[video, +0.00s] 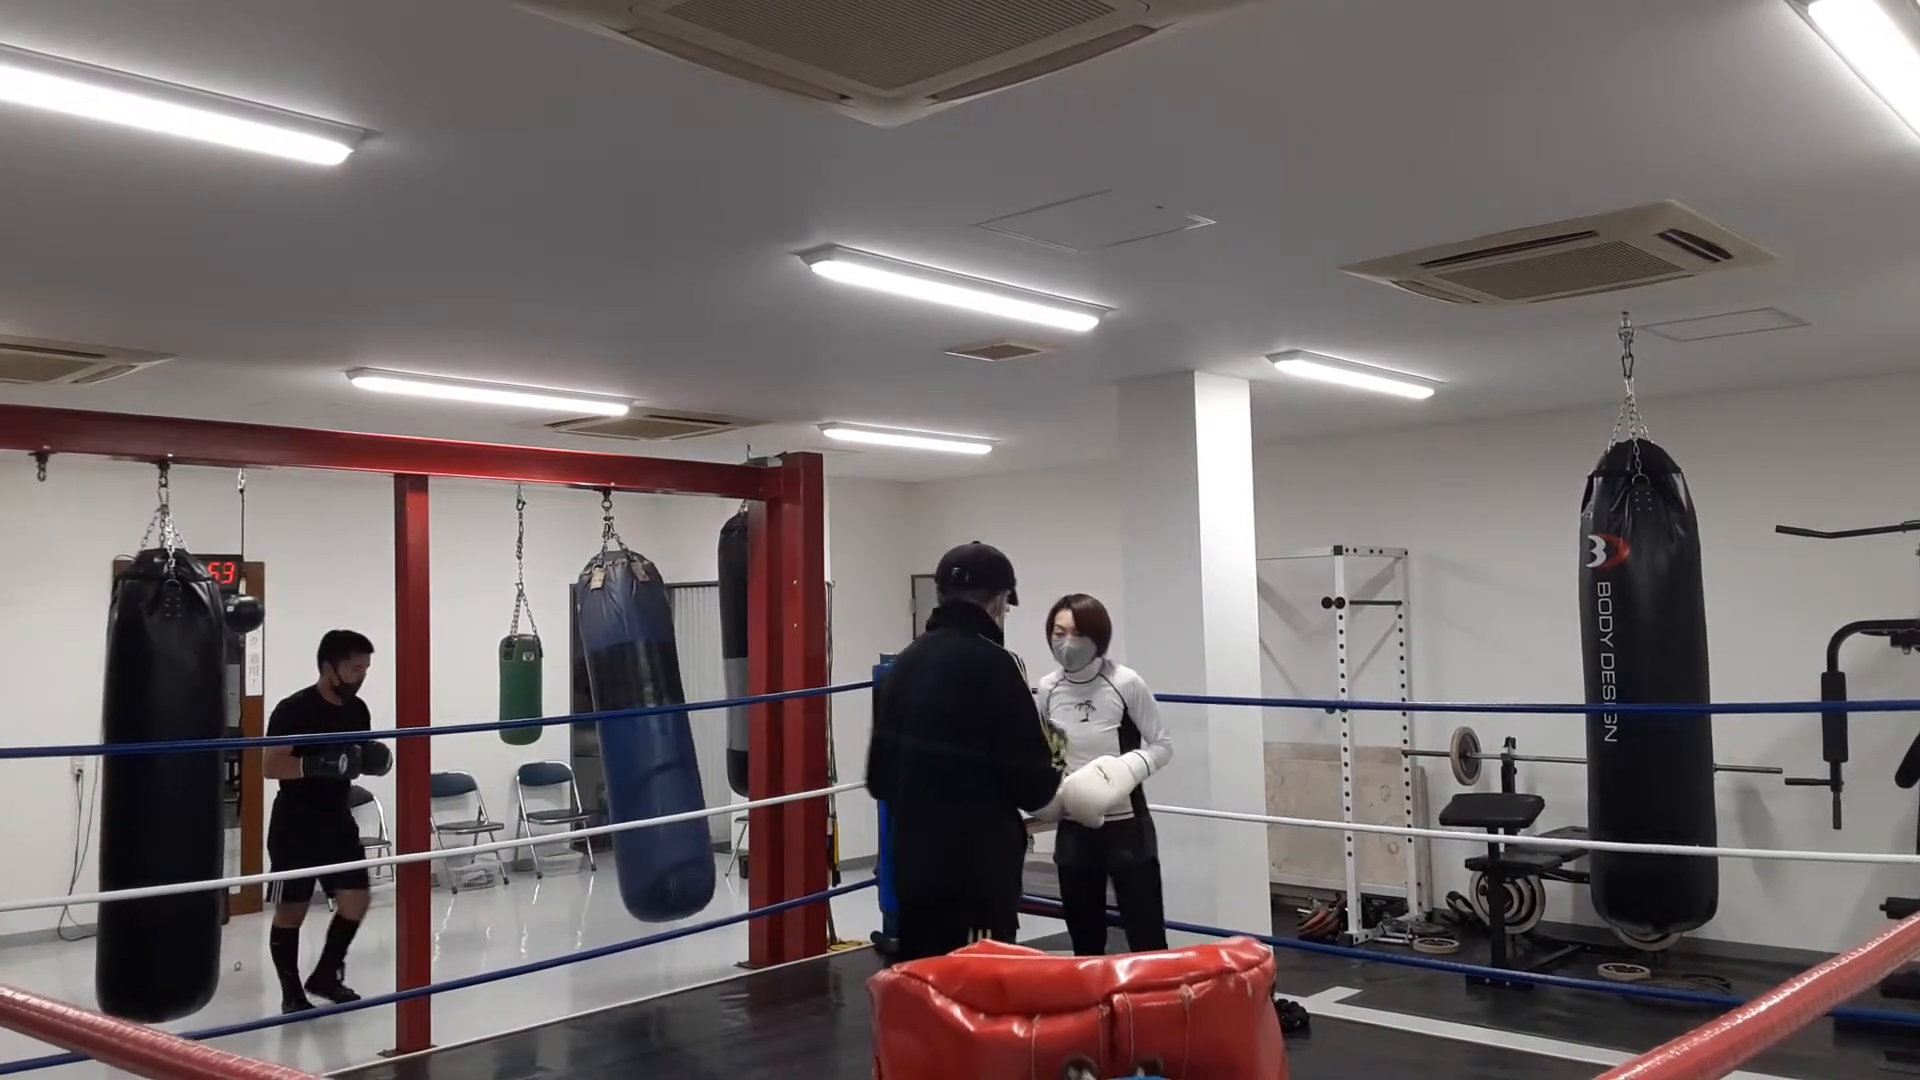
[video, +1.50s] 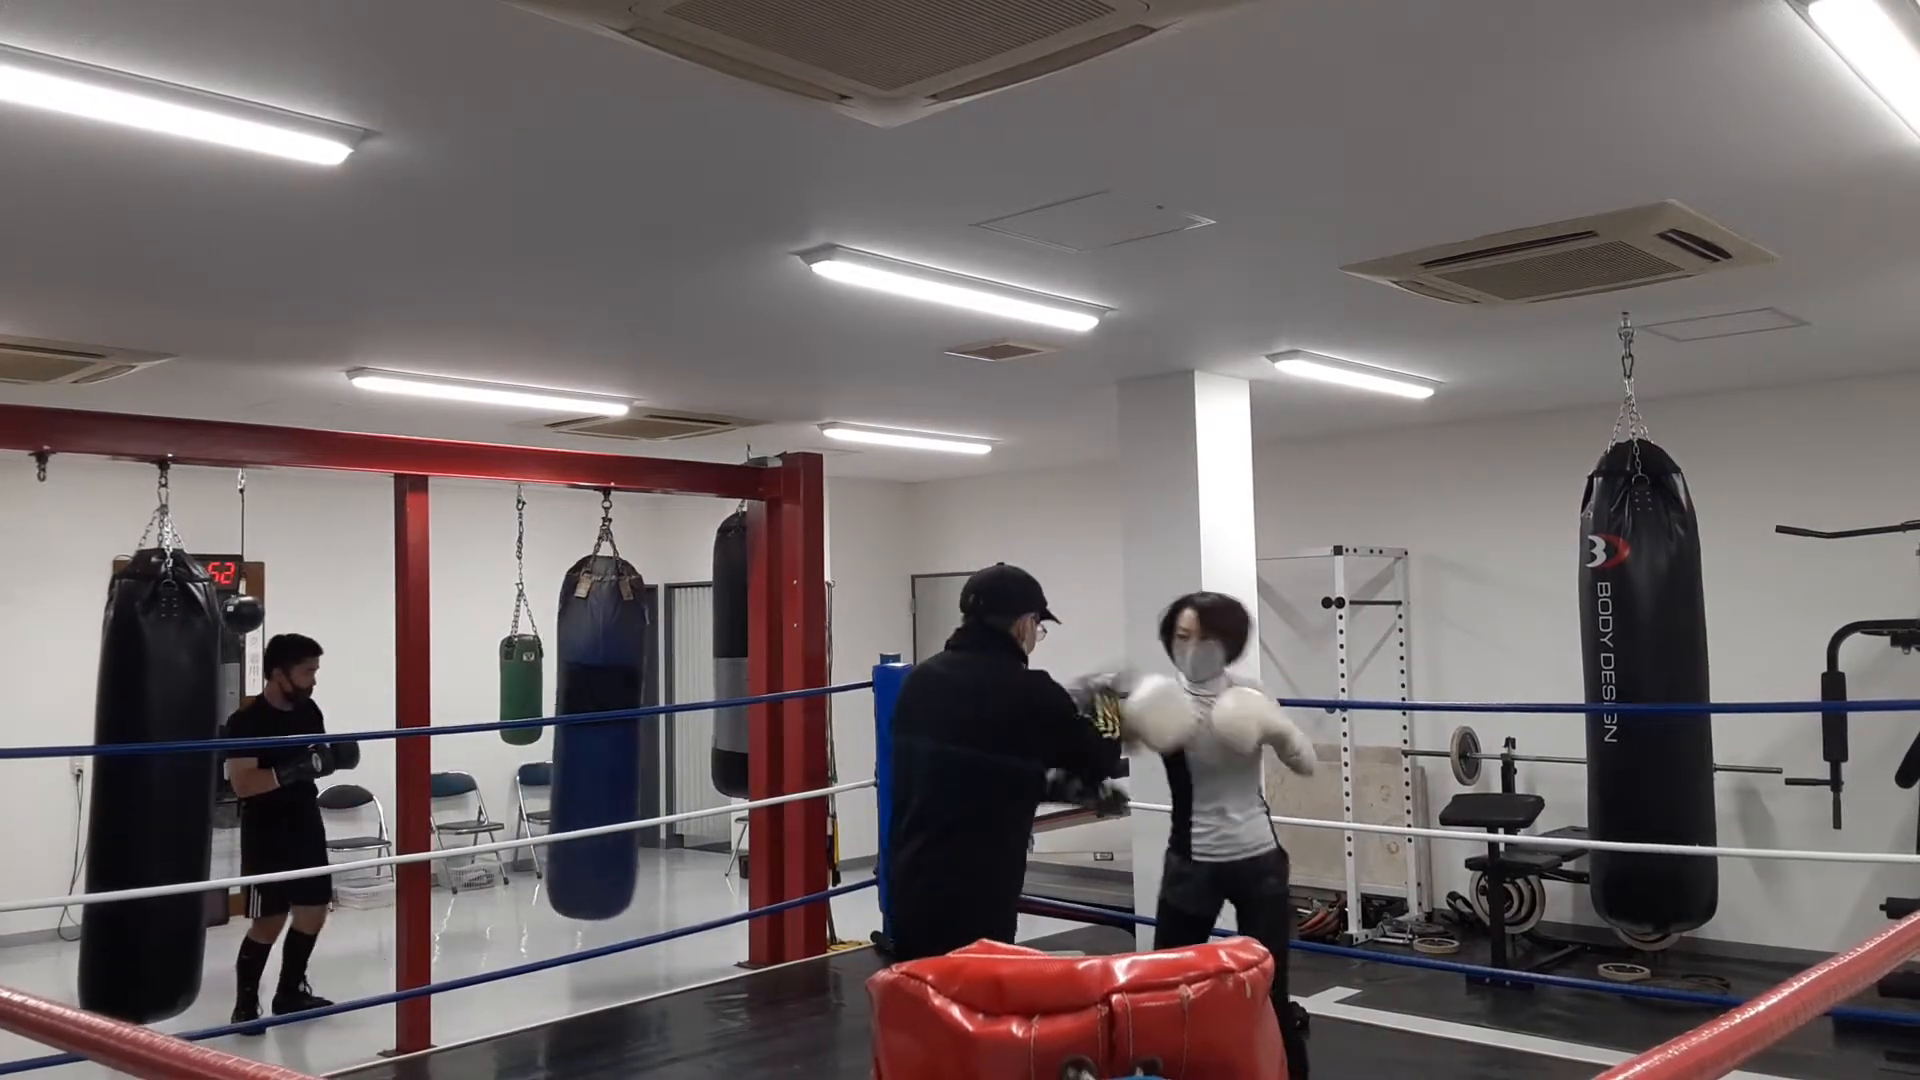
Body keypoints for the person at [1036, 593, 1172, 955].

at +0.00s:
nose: (1067, 643)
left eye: (1078, 634)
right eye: (1059, 633)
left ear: (1098, 637)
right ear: (1049, 638)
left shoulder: (1125, 683)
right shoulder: (1046, 689)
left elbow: (1162, 746)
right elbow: (1035, 753)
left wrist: (1124, 771)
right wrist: (1052, 790)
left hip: (1127, 827)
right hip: (1074, 830)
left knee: (1146, 943)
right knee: (1087, 947)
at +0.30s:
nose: (1093, 649)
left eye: (1103, 641)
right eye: (1087, 639)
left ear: (1125, 644)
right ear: (1078, 640)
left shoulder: (1158, 682)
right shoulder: (1081, 687)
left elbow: (1199, 752)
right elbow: (1069, 759)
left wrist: (1148, 732)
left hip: (1158, 830)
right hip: (1105, 831)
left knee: (1168, 952)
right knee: (1095, 951)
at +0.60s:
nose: (1112, 667)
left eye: (1119, 658)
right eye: (1104, 658)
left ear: (1134, 656)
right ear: (1092, 659)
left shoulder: (1164, 694)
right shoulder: (1089, 697)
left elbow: (1206, 766)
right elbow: (1060, 768)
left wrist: (1166, 725)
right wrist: (1066, 699)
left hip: (1163, 842)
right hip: (1108, 842)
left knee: (1164, 960)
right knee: (1096, 958)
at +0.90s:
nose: (1116, 647)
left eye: (1125, 637)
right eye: (1109, 638)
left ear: (1145, 639)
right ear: (1103, 643)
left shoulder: (1174, 684)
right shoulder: (1110, 691)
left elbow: (1201, 718)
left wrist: (1152, 667)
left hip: (1185, 843)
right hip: (1134, 840)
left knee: (1182, 957)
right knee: (1097, 944)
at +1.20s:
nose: (1134, 664)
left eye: (1146, 654)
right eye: (1128, 653)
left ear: (1165, 656)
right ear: (1119, 655)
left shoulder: (1193, 702)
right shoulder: (1127, 716)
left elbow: (1232, 754)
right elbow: (1098, 778)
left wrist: (1184, 705)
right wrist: (1099, 720)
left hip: (1206, 865)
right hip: (1159, 864)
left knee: (1193, 969)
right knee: (1119, 961)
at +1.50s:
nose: (1190, 649)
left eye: (1202, 639)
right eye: (1181, 638)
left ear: (1227, 644)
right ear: (1170, 643)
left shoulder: (1250, 701)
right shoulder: (1162, 703)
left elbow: (1305, 766)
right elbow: (1120, 737)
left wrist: (1275, 726)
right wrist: (1132, 720)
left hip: (1258, 860)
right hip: (1191, 863)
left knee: (1270, 991)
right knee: (1168, 983)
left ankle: (1289, 1069)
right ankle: (1166, 1072)